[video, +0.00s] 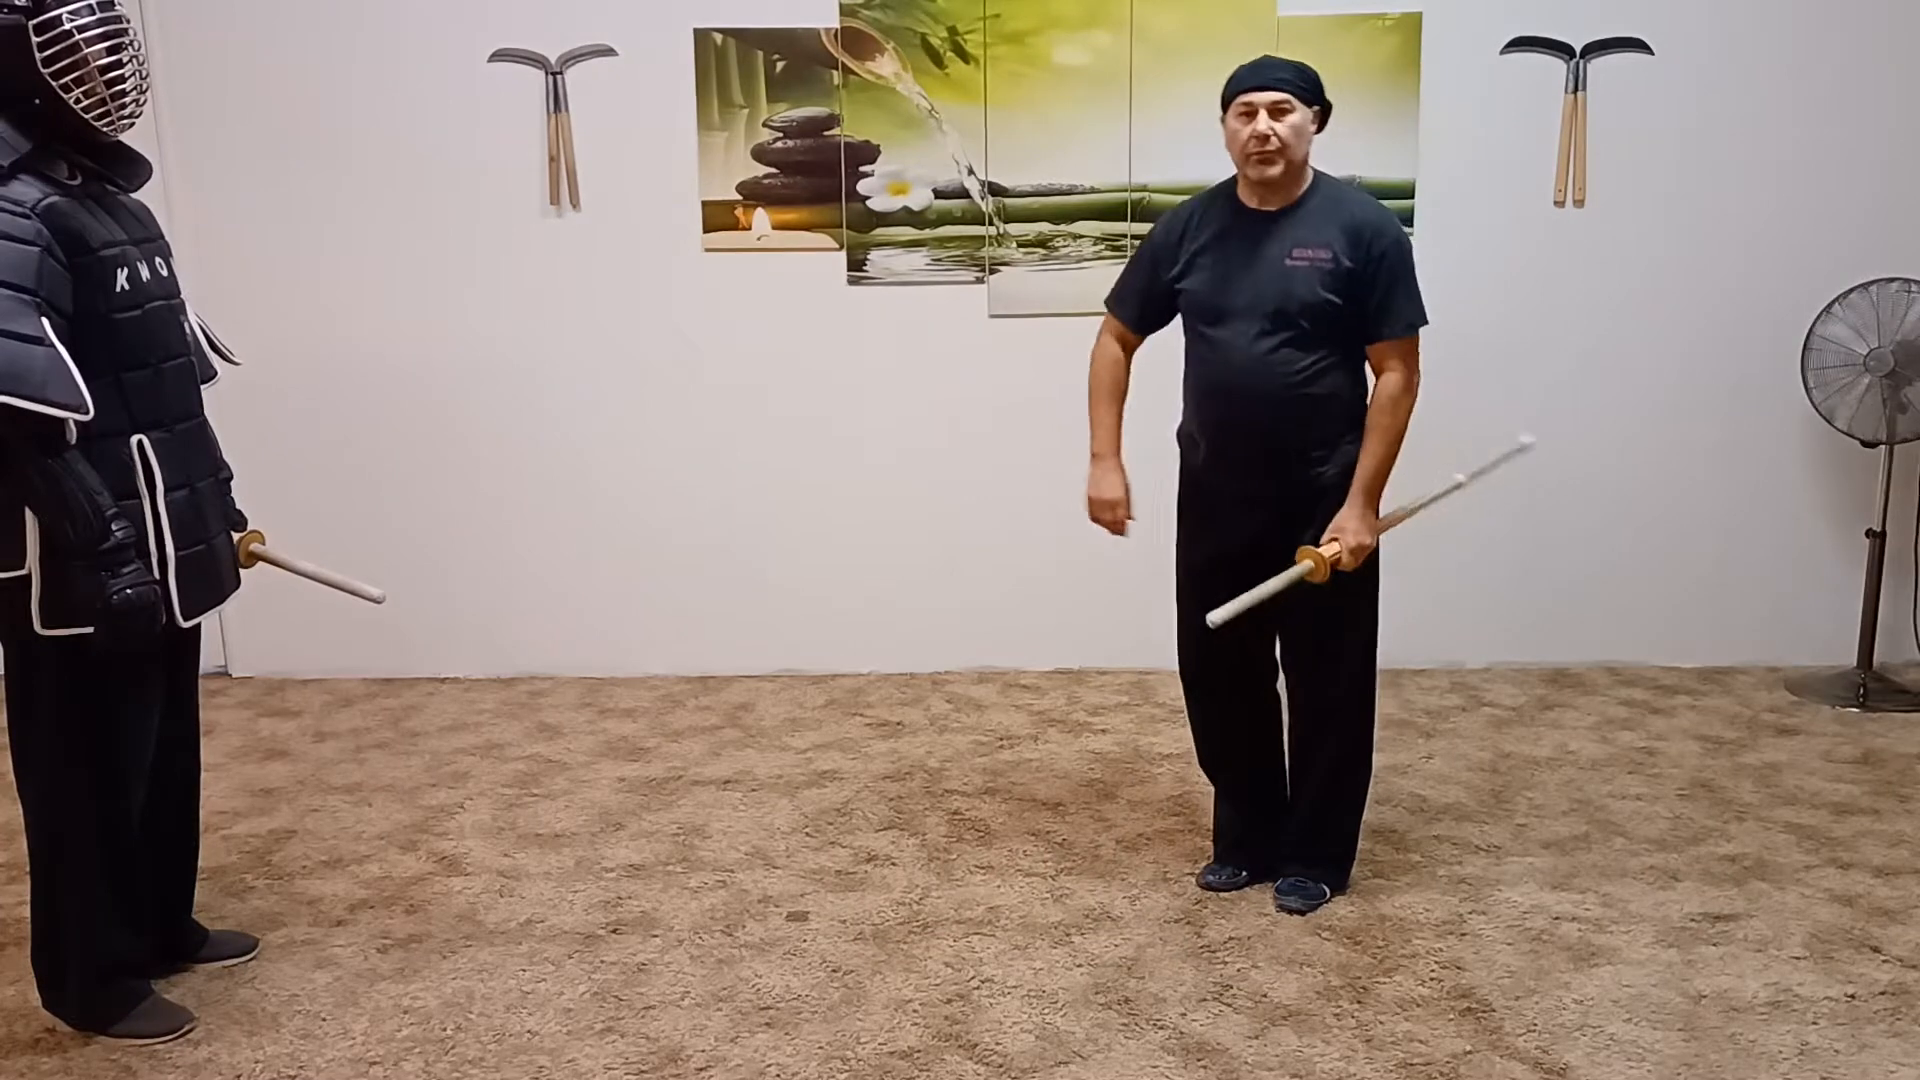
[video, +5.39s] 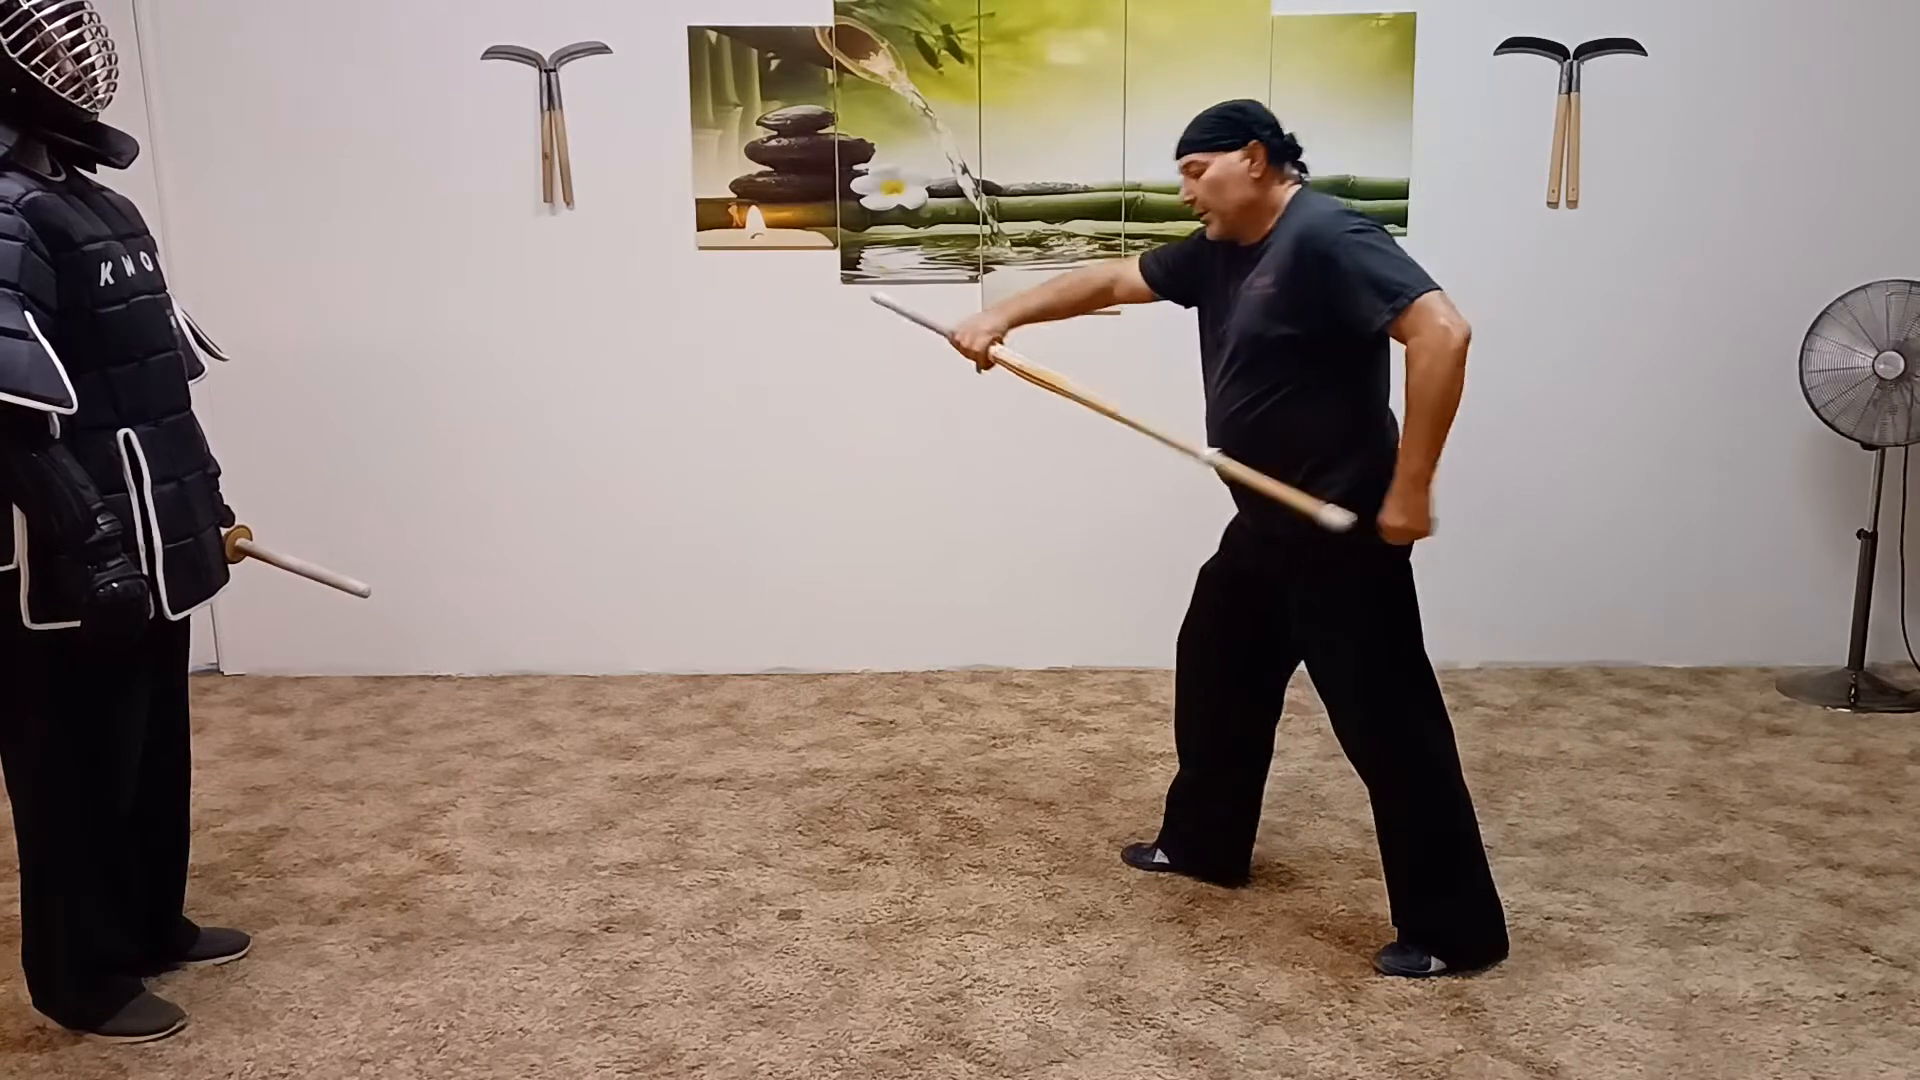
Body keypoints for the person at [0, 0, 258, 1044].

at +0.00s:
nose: (123, 67)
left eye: (119, 48)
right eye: (98, 49)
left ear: (100, 67)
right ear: (44, 67)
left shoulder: (119, 197)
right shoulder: (21, 206)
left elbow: (174, 380)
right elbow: (26, 400)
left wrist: (219, 509)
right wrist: (101, 538)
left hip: (159, 541)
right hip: (71, 553)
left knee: (161, 748)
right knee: (86, 768)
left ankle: (161, 931)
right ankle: (90, 981)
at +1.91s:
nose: (98, 68)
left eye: (92, 52)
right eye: (76, 54)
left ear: (60, 80)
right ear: (35, 76)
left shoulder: (115, 208)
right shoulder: (13, 214)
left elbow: (168, 384)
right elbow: (23, 409)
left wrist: (212, 511)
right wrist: (98, 538)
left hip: (153, 548)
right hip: (64, 560)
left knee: (157, 752)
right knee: (82, 773)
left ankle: (160, 931)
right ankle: (87, 983)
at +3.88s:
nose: (87, 83)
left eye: (82, 68)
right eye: (69, 69)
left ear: (46, 83)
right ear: (29, 82)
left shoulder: (100, 205)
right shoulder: (6, 212)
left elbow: (156, 379)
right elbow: (20, 410)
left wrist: (203, 505)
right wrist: (88, 541)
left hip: (146, 544)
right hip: (58, 559)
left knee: (149, 745)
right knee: (73, 765)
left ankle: (151, 929)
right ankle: (78, 979)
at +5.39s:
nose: (94, 75)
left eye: (89, 58)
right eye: (74, 60)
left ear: (56, 77)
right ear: (33, 76)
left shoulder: (106, 205)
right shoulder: (10, 211)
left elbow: (161, 381)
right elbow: (21, 407)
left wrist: (205, 505)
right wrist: (94, 538)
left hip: (149, 545)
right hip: (61, 560)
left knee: (151, 747)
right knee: (75, 769)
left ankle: (152, 928)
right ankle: (79, 981)